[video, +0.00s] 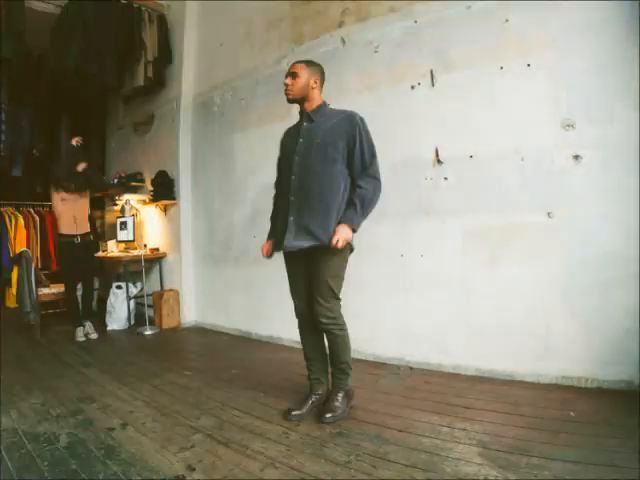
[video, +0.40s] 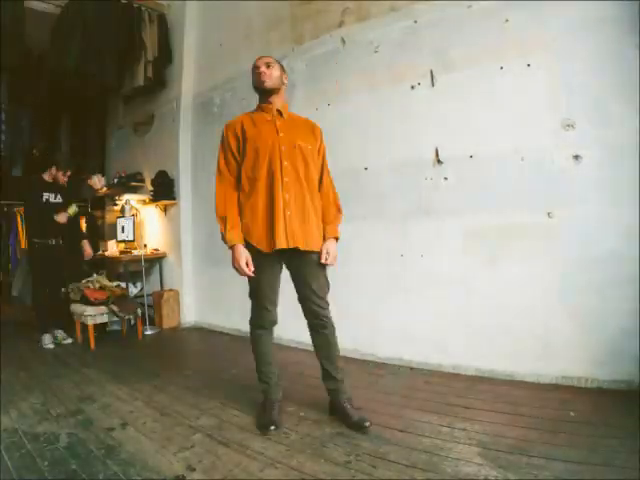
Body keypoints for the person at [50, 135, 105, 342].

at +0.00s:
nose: (77, 168)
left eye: (78, 165)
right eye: (75, 165)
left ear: (78, 169)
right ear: (67, 166)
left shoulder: (85, 185)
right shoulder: (56, 185)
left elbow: (100, 183)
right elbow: (61, 167)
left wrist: (86, 169)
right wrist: (71, 148)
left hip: (87, 240)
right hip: (67, 242)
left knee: (89, 283)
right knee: (71, 286)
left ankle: (88, 321)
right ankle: (77, 325)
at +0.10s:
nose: (59, 139)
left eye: (63, 135)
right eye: (55, 135)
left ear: (68, 139)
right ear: (46, 139)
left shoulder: (76, 171)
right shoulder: (33, 169)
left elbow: (84, 209)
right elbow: (23, 208)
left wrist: (82, 239)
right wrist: (32, 238)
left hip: (71, 248)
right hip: (43, 248)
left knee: (69, 299)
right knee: (44, 302)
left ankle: (71, 347)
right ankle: (52, 352)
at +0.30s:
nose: (87, 176)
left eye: (88, 172)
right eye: (86, 171)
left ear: (79, 172)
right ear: (78, 170)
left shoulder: (79, 191)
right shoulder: (59, 187)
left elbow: (86, 214)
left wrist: (95, 230)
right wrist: (80, 230)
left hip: (74, 244)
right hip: (59, 243)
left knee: (71, 288)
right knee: (59, 289)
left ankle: (69, 327)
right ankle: (57, 331)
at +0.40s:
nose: (66, 180)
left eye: (68, 176)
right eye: (64, 175)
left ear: (61, 173)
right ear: (53, 170)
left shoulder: (63, 189)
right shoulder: (33, 186)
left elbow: (73, 218)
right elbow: (31, 216)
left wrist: (84, 240)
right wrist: (54, 217)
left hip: (59, 244)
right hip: (40, 244)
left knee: (58, 287)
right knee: (41, 288)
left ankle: (58, 327)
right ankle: (44, 331)